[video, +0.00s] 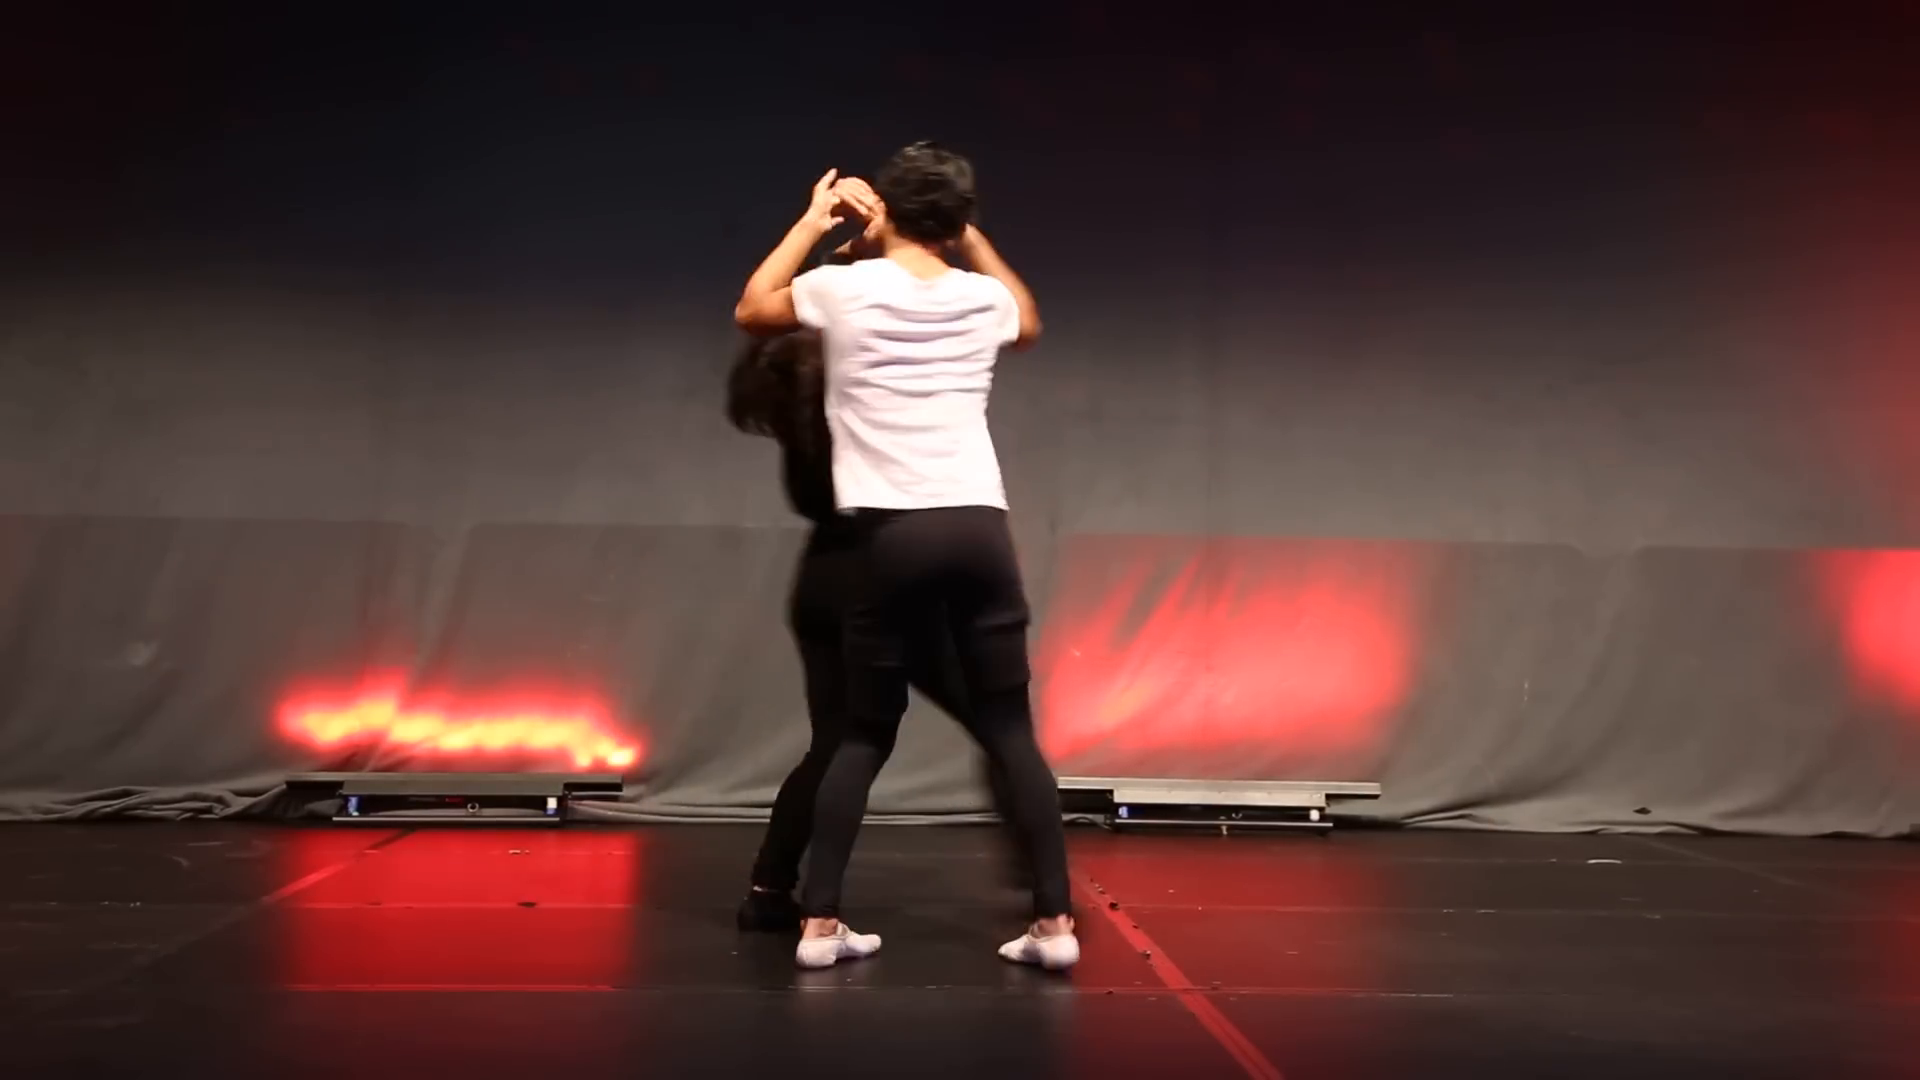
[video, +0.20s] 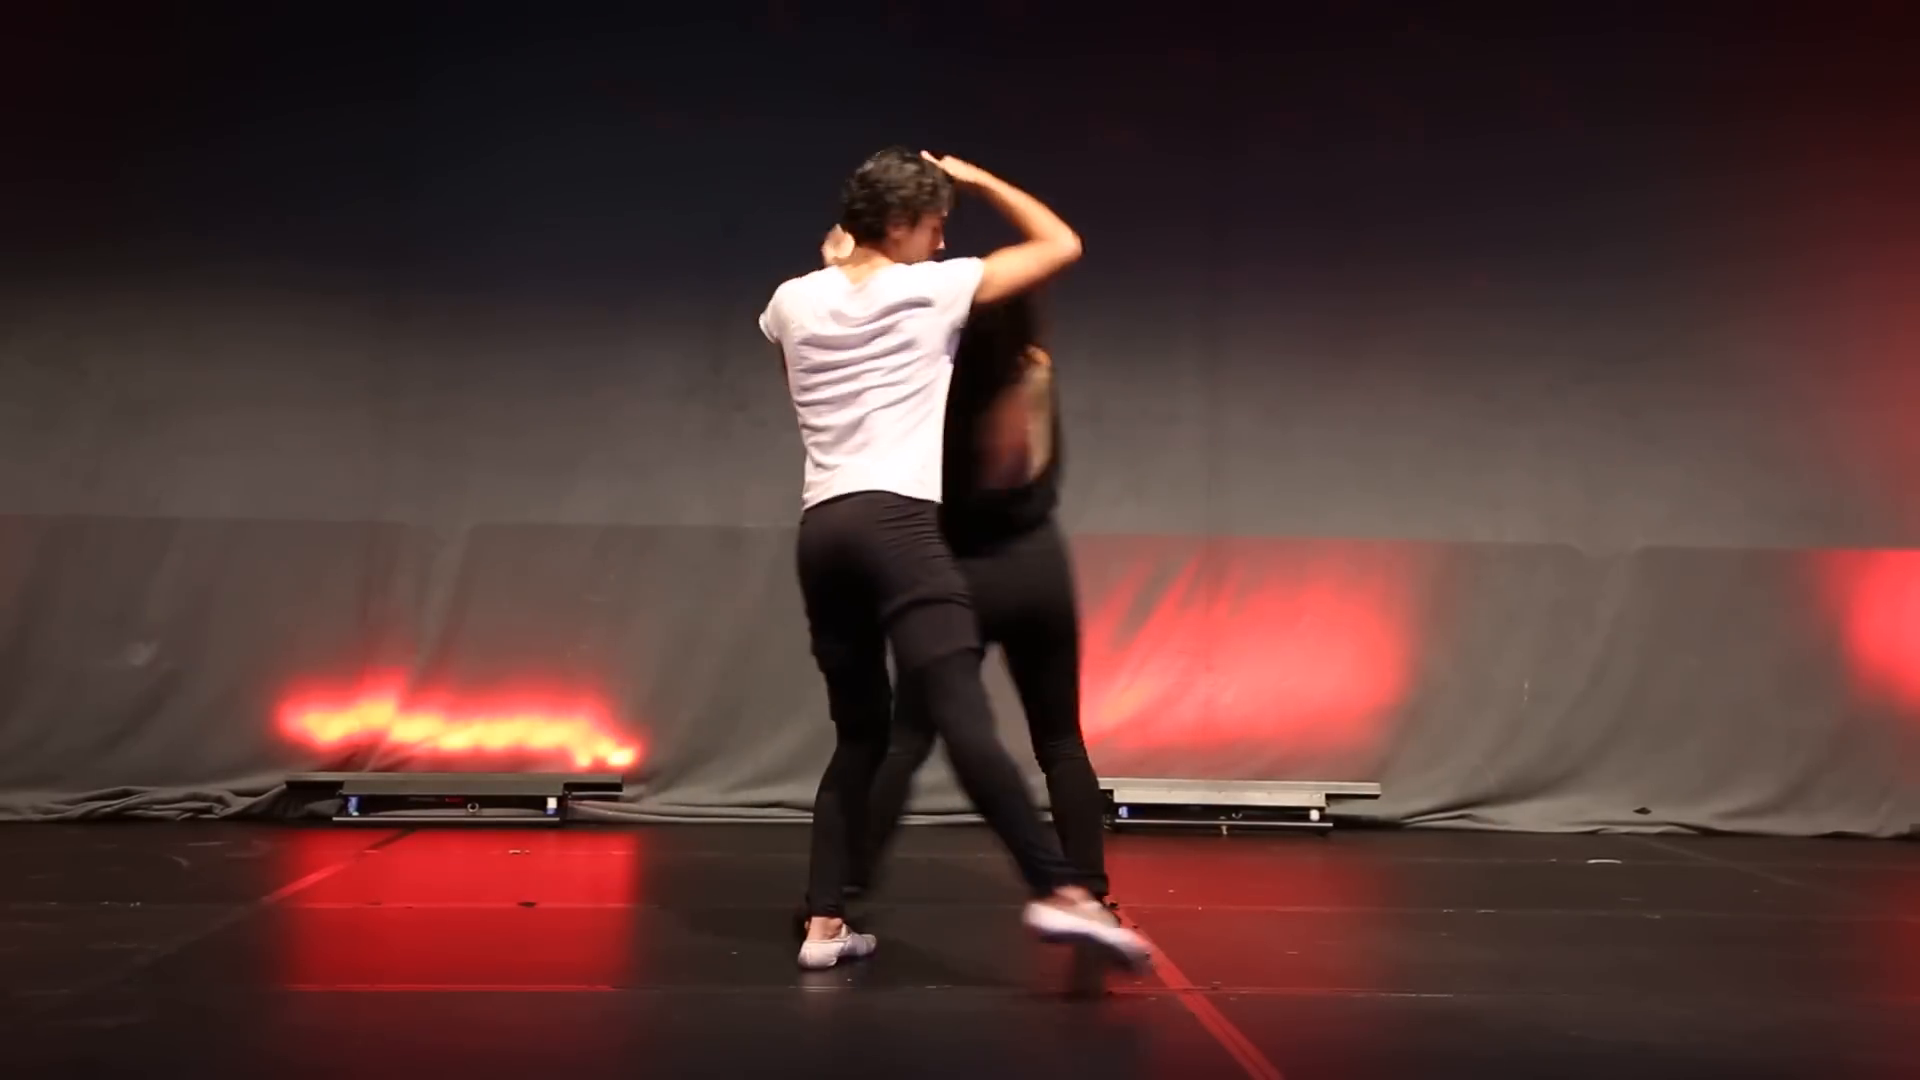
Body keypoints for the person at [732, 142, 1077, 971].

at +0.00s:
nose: (871, 223)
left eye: (875, 212)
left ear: (882, 220)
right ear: (959, 227)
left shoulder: (841, 290)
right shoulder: (983, 299)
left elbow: (753, 307)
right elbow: (1024, 316)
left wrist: (812, 223)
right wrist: (959, 234)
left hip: (881, 531)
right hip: (978, 528)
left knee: (860, 733)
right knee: (1010, 729)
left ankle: (818, 923)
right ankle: (1055, 924)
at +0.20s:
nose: (939, 241)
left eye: (938, 226)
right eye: (932, 225)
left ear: (854, 226)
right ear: (898, 226)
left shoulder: (791, 306)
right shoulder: (934, 289)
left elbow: (790, 322)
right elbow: (1060, 243)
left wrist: (836, 264)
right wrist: (983, 178)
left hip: (821, 531)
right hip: (897, 522)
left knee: (860, 734)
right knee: (966, 724)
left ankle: (823, 922)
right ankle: (1059, 889)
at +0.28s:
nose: (937, 241)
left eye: (937, 227)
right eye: (929, 228)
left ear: (865, 230)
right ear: (889, 231)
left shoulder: (796, 309)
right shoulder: (915, 285)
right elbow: (1035, 204)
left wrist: (943, 315)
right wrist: (971, 151)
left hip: (812, 532)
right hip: (882, 524)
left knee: (854, 734)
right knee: (922, 705)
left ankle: (822, 922)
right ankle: (955, 873)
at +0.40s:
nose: (938, 236)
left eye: (944, 222)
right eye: (931, 218)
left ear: (880, 229)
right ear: (895, 218)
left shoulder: (888, 317)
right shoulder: (856, 290)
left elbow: (945, 415)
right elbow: (933, 167)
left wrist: (938, 304)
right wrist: (925, 149)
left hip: (827, 537)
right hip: (863, 535)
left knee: (860, 731)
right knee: (806, 700)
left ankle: (822, 922)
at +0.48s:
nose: (930, 249)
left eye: (939, 237)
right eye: (922, 229)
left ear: (924, 243)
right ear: (883, 212)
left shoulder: (895, 328)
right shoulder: (843, 278)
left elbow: (981, 410)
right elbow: (861, 135)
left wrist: (970, 309)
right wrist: (920, 161)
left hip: (874, 546)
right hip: (855, 539)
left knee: (870, 741)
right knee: (763, 717)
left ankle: (811, 919)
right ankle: (611, 867)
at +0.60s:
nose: (925, 242)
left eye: (935, 232)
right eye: (913, 223)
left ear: (938, 243)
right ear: (870, 216)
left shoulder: (929, 326)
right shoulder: (811, 273)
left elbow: (1031, 351)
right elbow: (786, 138)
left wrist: (1000, 241)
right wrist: (888, 160)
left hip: (897, 552)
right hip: (824, 542)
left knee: (882, 744)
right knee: (783, 732)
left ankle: (783, 909)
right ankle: (690, 842)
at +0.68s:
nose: (926, 240)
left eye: (936, 228)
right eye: (912, 222)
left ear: (942, 235)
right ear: (871, 218)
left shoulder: (948, 316)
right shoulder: (812, 279)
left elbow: (1016, 289)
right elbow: (769, 154)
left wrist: (986, 191)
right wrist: (881, 157)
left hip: (890, 538)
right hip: (803, 531)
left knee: (866, 741)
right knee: (796, 738)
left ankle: (802, 904)